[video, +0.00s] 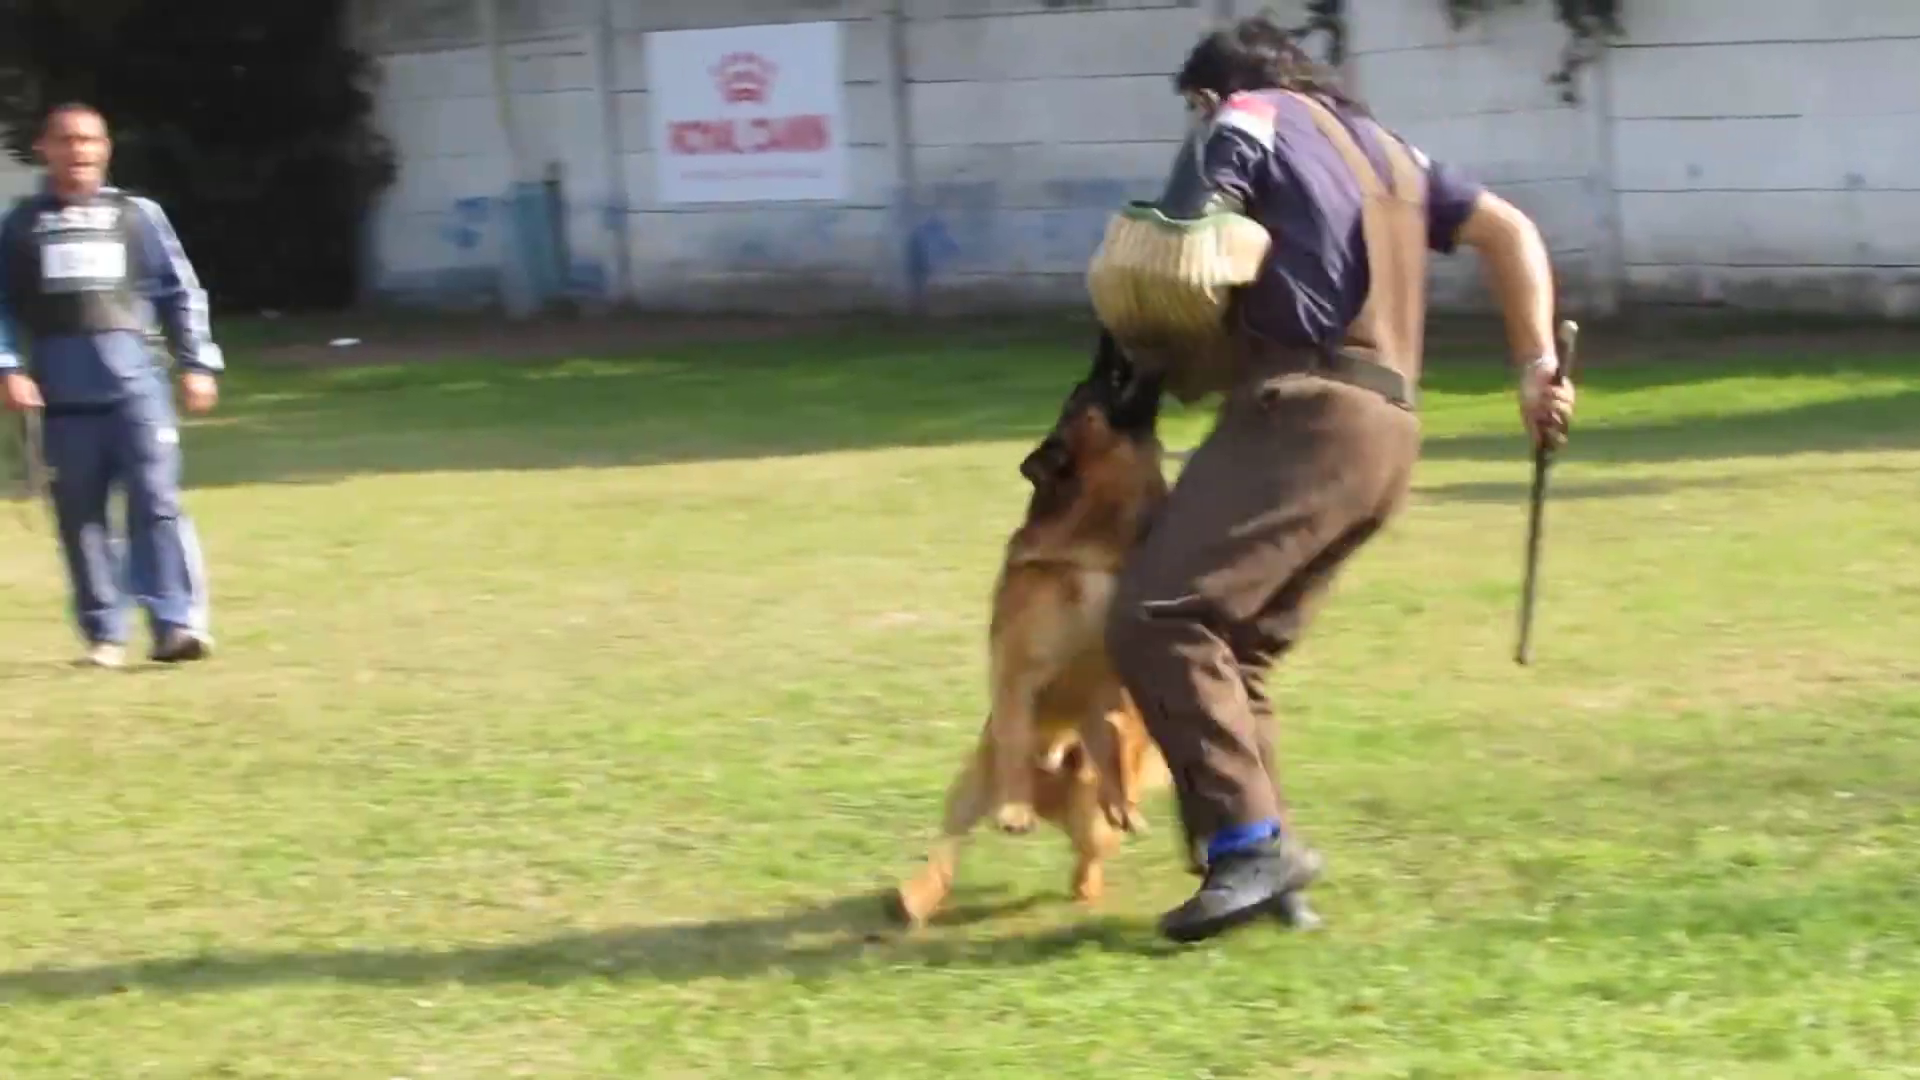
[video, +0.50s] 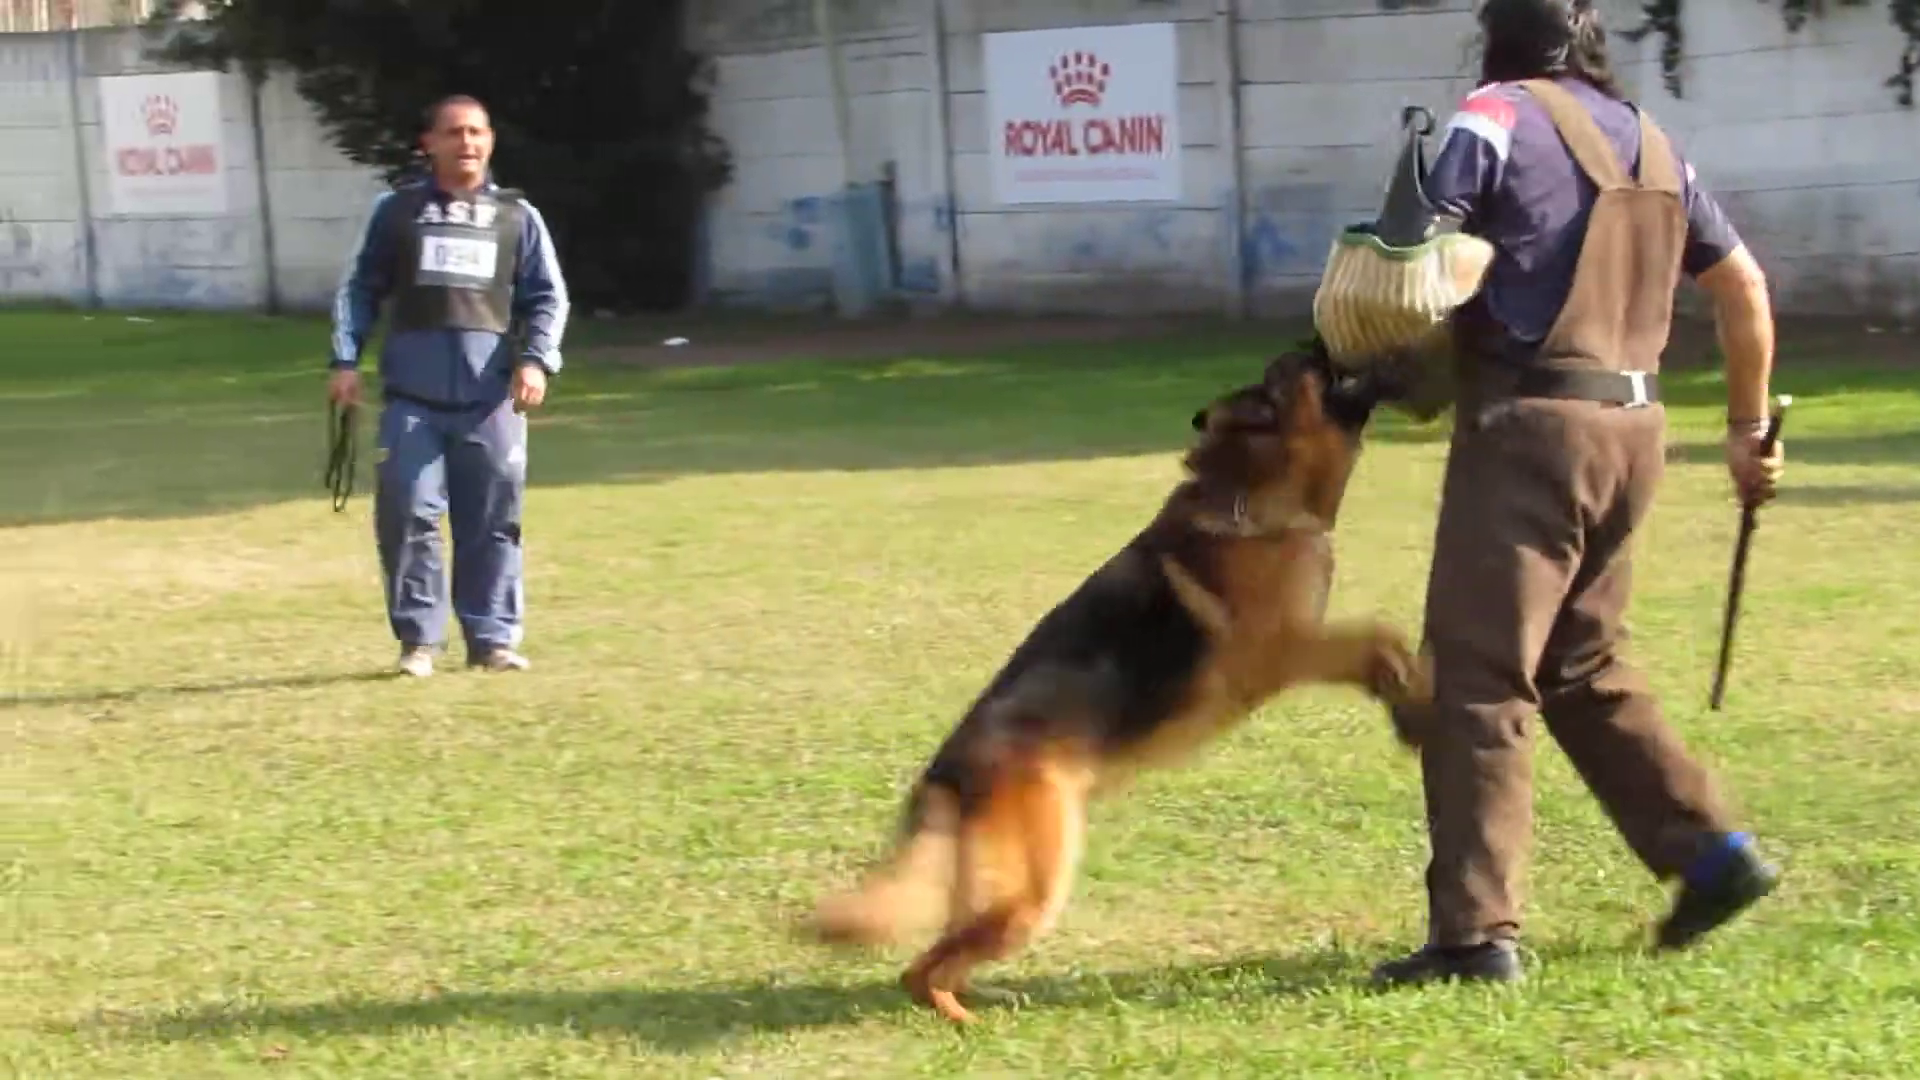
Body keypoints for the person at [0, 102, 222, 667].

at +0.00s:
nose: (80, 151)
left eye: (90, 140)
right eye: (68, 141)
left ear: (107, 148)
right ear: (44, 149)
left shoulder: (138, 215)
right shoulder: (22, 223)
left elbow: (181, 289)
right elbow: (5, 305)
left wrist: (198, 361)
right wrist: (11, 365)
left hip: (137, 382)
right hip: (64, 391)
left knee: (158, 499)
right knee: (81, 514)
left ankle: (177, 624)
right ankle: (104, 631)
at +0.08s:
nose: (172, 153)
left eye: (181, 142)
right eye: (159, 142)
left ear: (199, 151)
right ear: (134, 151)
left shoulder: (227, 219)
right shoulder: (109, 224)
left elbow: (268, 293)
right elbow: (79, 305)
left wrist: (289, 368)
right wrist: (89, 369)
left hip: (219, 384)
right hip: (144, 391)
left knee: (236, 508)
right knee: (161, 516)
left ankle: (251, 633)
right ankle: (184, 634)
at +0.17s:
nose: (259, 153)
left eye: (270, 143)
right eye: (246, 142)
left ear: (285, 152)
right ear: (221, 152)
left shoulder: (311, 222)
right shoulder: (193, 223)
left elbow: (350, 298)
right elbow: (161, 303)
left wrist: (368, 373)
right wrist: (161, 368)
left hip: (297, 391)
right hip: (223, 398)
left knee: (306, 513)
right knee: (236, 518)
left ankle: (316, 635)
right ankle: (253, 631)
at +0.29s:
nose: (368, 147)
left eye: (379, 136)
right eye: (356, 136)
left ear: (395, 147)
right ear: (332, 147)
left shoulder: (420, 221)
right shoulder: (300, 215)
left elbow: (455, 301)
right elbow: (264, 293)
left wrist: (466, 375)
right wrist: (255, 365)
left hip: (395, 396)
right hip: (320, 398)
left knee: (405, 519)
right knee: (315, 517)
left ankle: (409, 635)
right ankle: (341, 621)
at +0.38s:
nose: (421, 145)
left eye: (431, 135)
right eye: (409, 135)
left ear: (447, 146)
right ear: (384, 145)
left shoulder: (471, 221)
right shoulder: (352, 214)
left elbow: (504, 302)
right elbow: (314, 291)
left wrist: (511, 376)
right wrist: (302, 364)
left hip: (447, 400)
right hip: (370, 402)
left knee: (451, 520)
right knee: (356, 506)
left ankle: (453, 637)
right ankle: (382, 615)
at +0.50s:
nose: (468, 141)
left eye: (476, 131)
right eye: (455, 132)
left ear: (491, 142)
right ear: (428, 144)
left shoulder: (517, 216)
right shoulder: (396, 211)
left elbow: (547, 296)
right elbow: (360, 288)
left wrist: (536, 360)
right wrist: (345, 360)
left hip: (491, 398)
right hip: (413, 398)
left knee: (495, 521)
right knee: (408, 514)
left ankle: (493, 640)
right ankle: (417, 641)